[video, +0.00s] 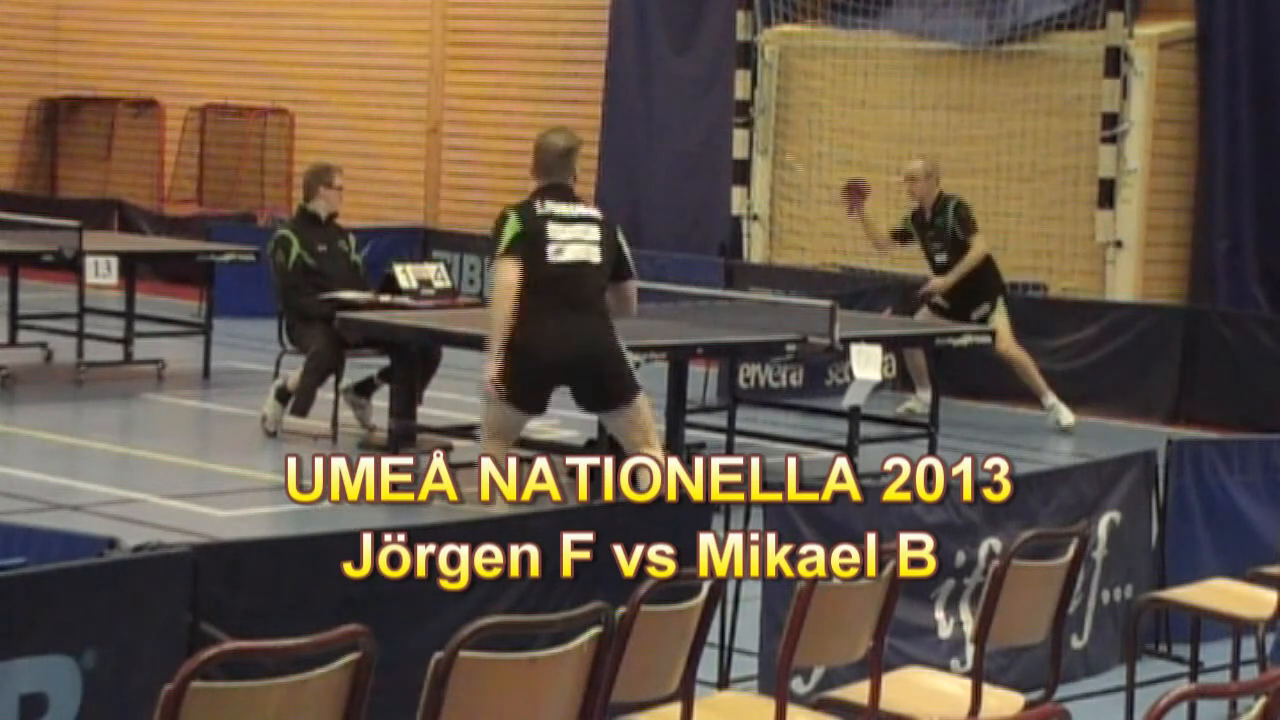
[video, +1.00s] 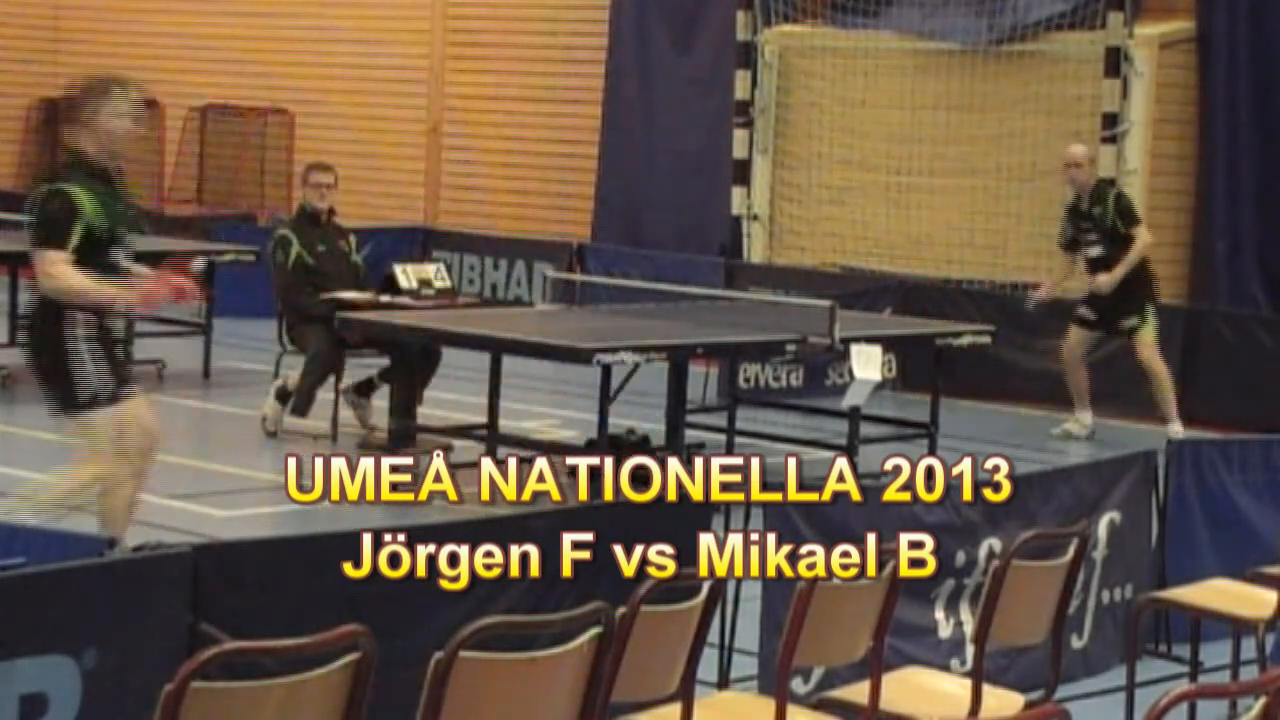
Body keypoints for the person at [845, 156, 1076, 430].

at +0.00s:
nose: (910, 186)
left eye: (915, 180)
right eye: (907, 181)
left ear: (934, 181)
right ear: (908, 185)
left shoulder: (955, 209)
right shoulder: (917, 219)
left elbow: (979, 248)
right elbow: (883, 243)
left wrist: (946, 280)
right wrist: (862, 216)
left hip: (985, 292)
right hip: (951, 295)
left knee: (1004, 346)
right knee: (908, 333)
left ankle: (1052, 403)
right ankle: (924, 398)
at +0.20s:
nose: (932, 169)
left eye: (938, 163)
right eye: (929, 163)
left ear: (954, 165)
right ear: (927, 167)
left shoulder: (976, 193)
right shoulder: (931, 199)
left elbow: (1003, 235)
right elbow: (901, 230)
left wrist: (981, 269)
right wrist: (875, 211)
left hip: (998, 273)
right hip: (963, 275)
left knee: (1017, 334)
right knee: (927, 331)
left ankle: (1051, 400)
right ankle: (925, 395)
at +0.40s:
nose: (981, 185)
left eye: (988, 180)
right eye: (978, 179)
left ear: (1000, 183)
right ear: (973, 182)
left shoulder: (1019, 216)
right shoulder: (965, 214)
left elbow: (1040, 262)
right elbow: (951, 255)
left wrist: (1028, 294)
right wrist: (930, 274)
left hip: (1018, 293)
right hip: (978, 292)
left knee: (1036, 345)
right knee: (944, 335)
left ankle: (1059, 410)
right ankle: (934, 399)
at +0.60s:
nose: (1023, 167)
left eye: (1029, 162)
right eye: (1019, 162)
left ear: (1043, 164)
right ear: (1015, 164)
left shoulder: (1065, 195)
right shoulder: (1012, 200)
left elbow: (1089, 234)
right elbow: (1010, 245)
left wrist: (1080, 272)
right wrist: (989, 276)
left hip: (1060, 278)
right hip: (1026, 276)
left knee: (1061, 348)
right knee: (999, 334)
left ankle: (1065, 413)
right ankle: (984, 397)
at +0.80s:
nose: (1048, 157)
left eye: (1054, 150)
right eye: (1043, 151)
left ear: (1067, 151)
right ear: (1038, 154)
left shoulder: (1089, 184)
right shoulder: (1042, 191)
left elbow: (1117, 226)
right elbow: (1040, 240)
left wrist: (1103, 261)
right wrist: (1017, 267)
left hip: (1096, 270)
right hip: (1065, 270)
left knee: (1094, 341)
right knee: (1050, 341)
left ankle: (1119, 410)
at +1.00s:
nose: (1071, 173)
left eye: (1077, 167)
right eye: (1067, 167)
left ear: (1091, 167)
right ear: (1063, 171)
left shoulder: (1114, 197)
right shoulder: (1073, 210)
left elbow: (1144, 240)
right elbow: (1070, 262)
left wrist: (1113, 276)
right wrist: (1051, 287)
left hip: (1135, 288)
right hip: (1100, 290)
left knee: (1147, 355)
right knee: (1071, 350)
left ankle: (1174, 425)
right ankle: (1083, 420)